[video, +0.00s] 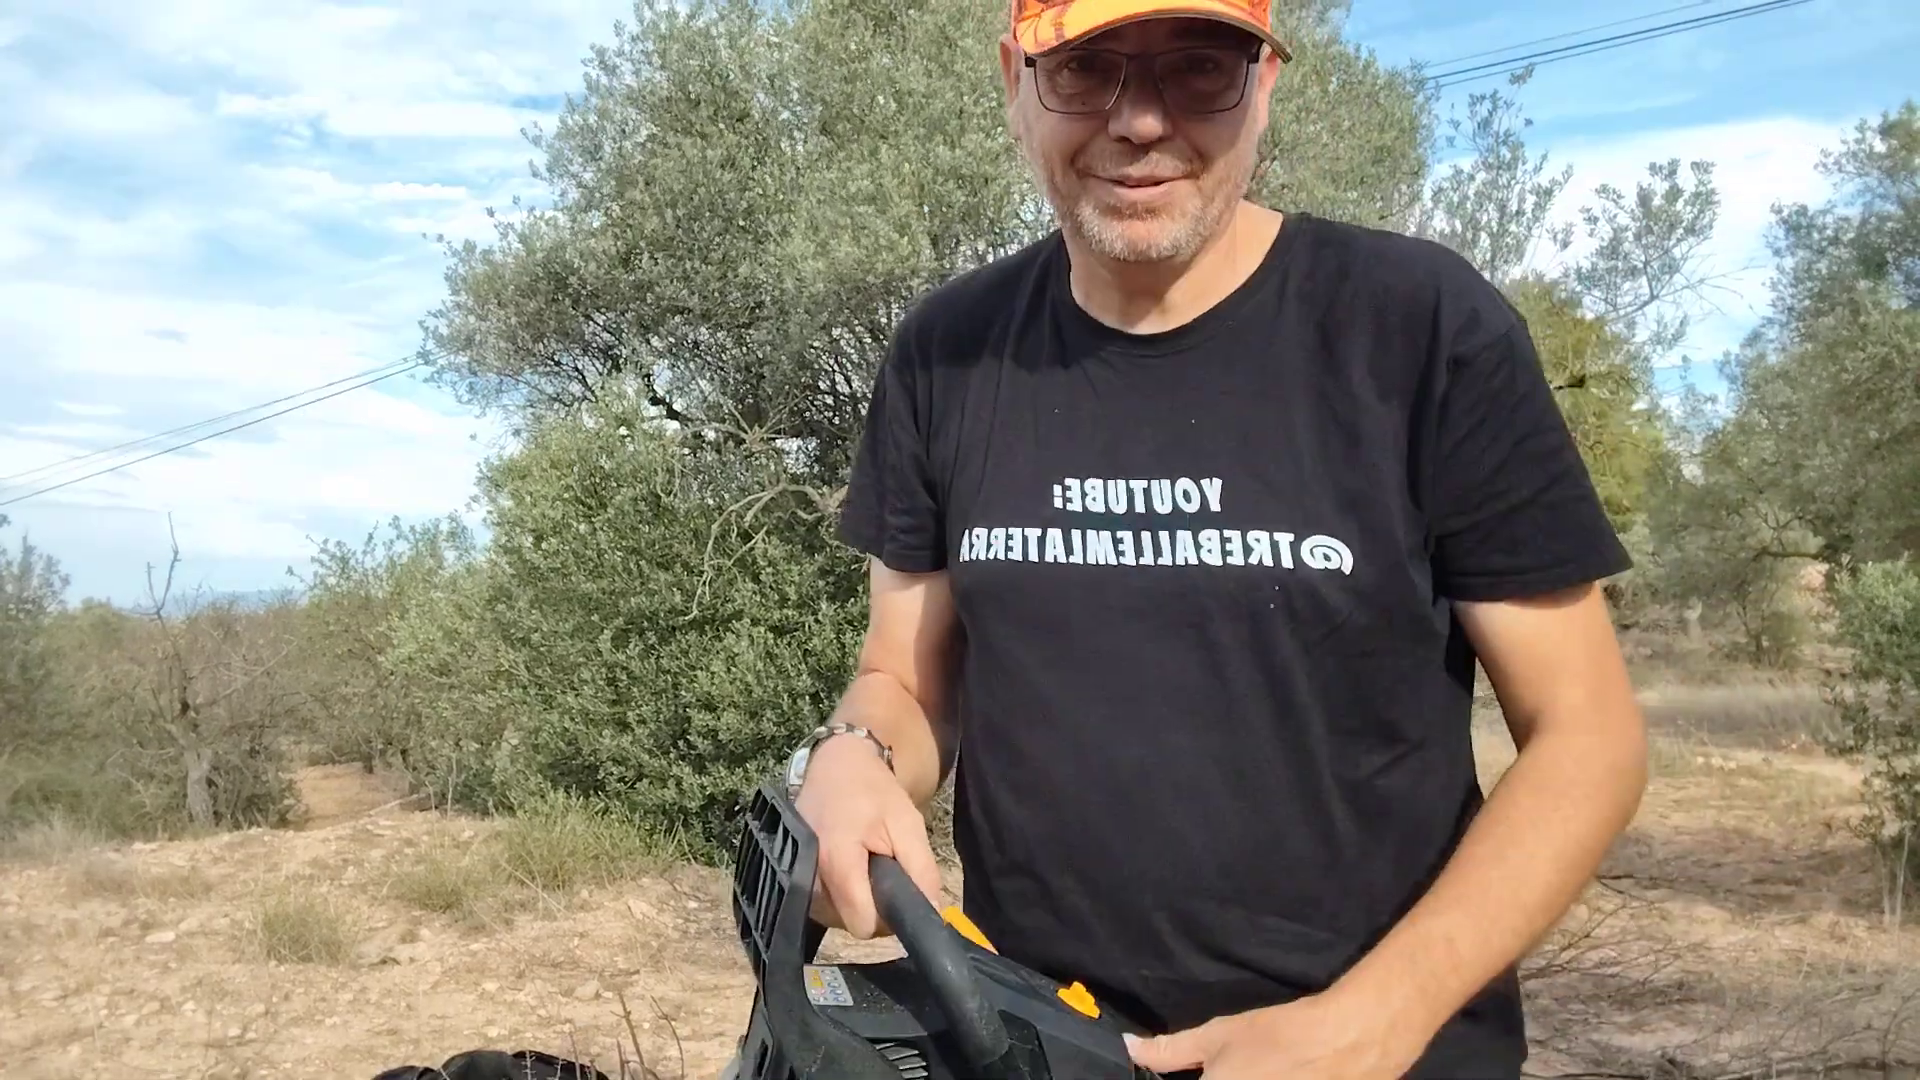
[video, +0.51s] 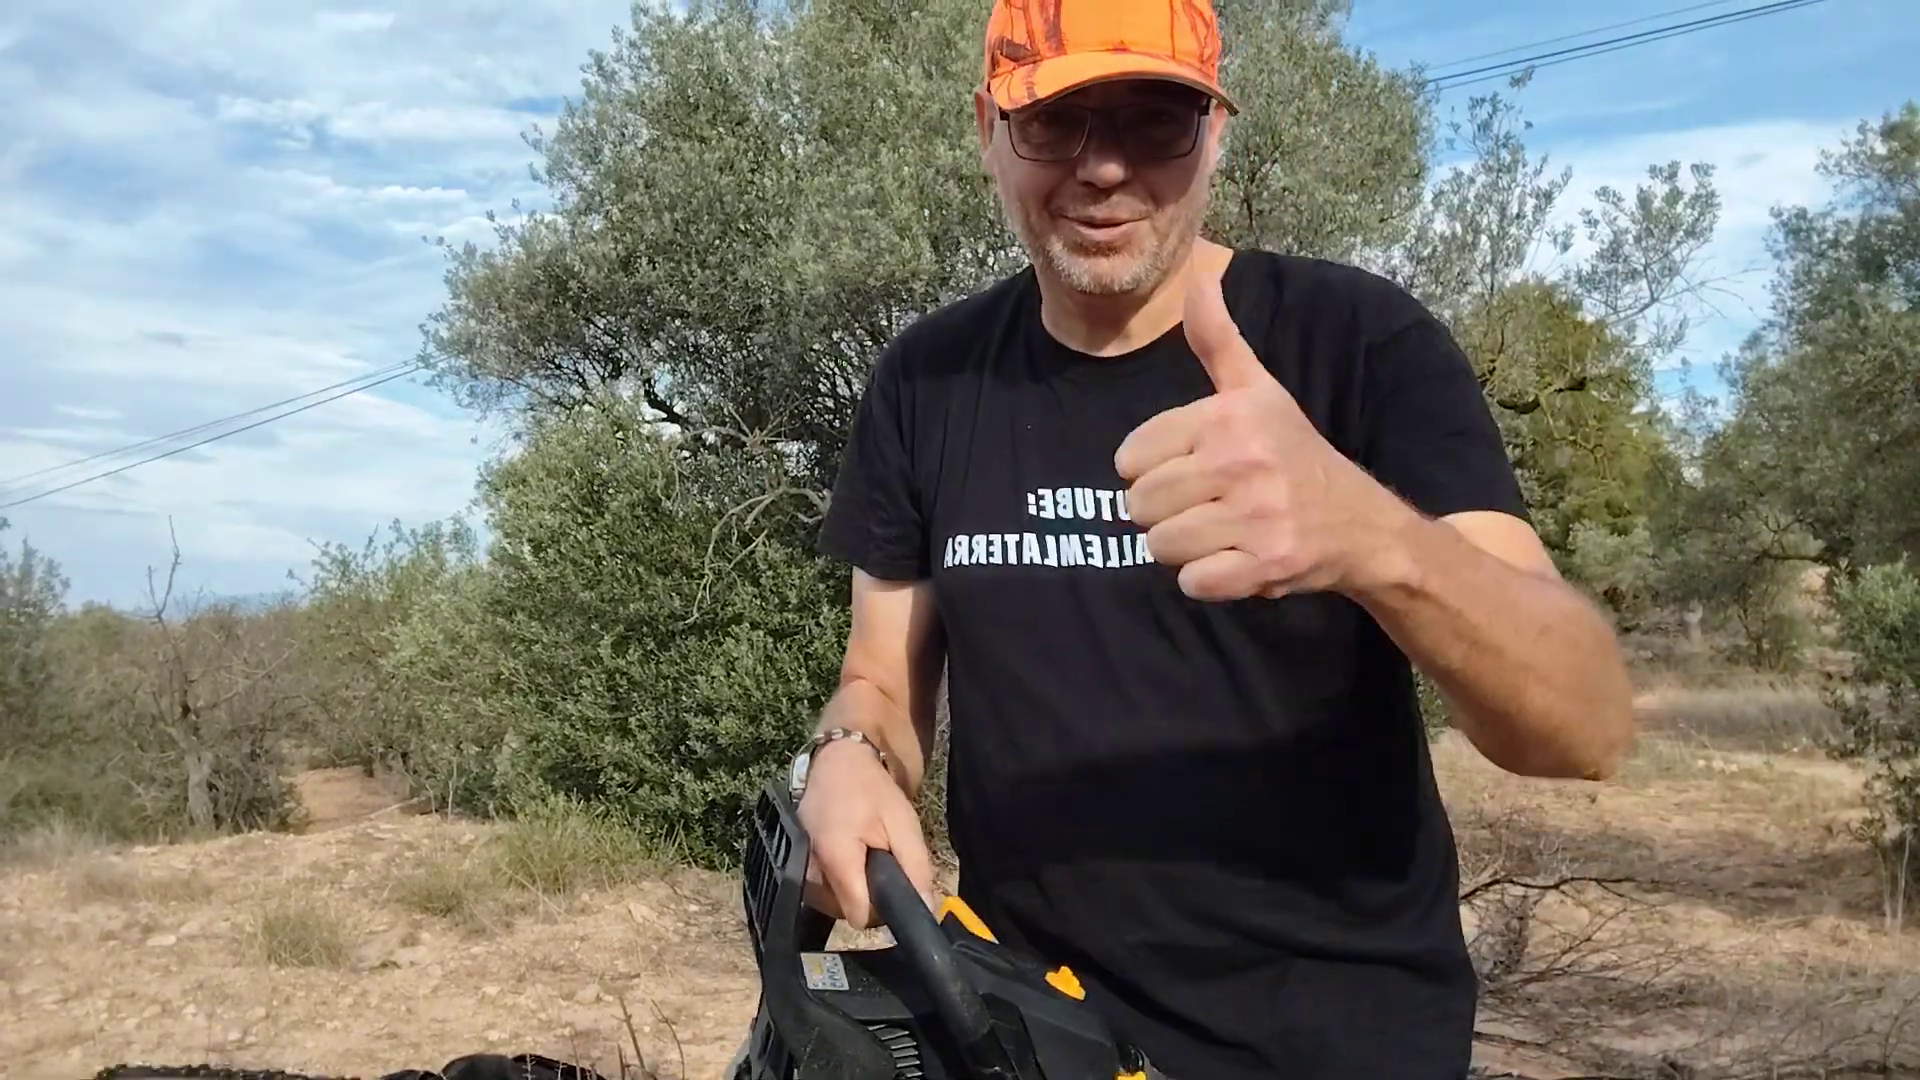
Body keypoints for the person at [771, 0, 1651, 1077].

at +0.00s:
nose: (1142, 121)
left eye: (1196, 67)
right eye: (1092, 68)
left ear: (1266, 88)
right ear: (1017, 90)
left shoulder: (1426, 328)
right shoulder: (946, 352)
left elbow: (1590, 739)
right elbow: (905, 677)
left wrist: (1366, 1022)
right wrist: (852, 761)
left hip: (1385, 1037)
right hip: (1040, 1034)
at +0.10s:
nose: (1135, 133)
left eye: (1185, 81)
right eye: (1086, 83)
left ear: (1253, 98)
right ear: (1014, 100)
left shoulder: (1406, 328)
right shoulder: (941, 358)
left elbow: (1561, 737)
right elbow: (895, 682)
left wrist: (1392, 986)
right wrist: (848, 759)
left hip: (1364, 1038)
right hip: (1036, 1038)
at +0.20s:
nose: (1128, 159)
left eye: (1178, 107)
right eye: (1078, 111)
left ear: (1243, 120)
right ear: (1013, 124)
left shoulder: (1387, 338)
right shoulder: (937, 371)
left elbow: (1554, 738)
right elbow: (892, 697)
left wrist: (1393, 912)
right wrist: (852, 763)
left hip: (1363, 1037)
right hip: (1038, 1035)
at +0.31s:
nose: (1119, 162)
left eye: (1172, 112)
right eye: (1071, 113)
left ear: (1229, 124)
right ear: (1003, 125)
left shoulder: (1370, 343)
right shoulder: (931, 371)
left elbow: (1570, 742)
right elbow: (880, 683)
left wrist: (1383, 771)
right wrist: (849, 759)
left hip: (1343, 1030)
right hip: (1035, 1027)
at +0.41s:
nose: (1109, 169)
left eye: (1161, 119)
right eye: (1061, 120)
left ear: (1221, 123)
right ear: (994, 132)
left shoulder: (1362, 344)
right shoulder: (930, 376)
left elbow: (1587, 738)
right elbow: (878, 683)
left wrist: (1390, 645)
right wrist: (848, 758)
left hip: (1340, 1025)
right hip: (1041, 1025)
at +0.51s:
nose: (1101, 172)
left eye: (1152, 124)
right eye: (1057, 124)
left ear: (1214, 131)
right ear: (991, 136)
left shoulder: (1359, 341)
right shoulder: (930, 380)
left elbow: (1586, 731)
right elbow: (881, 687)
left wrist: (1376, 536)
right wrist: (847, 757)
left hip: (1339, 1019)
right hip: (1038, 1019)